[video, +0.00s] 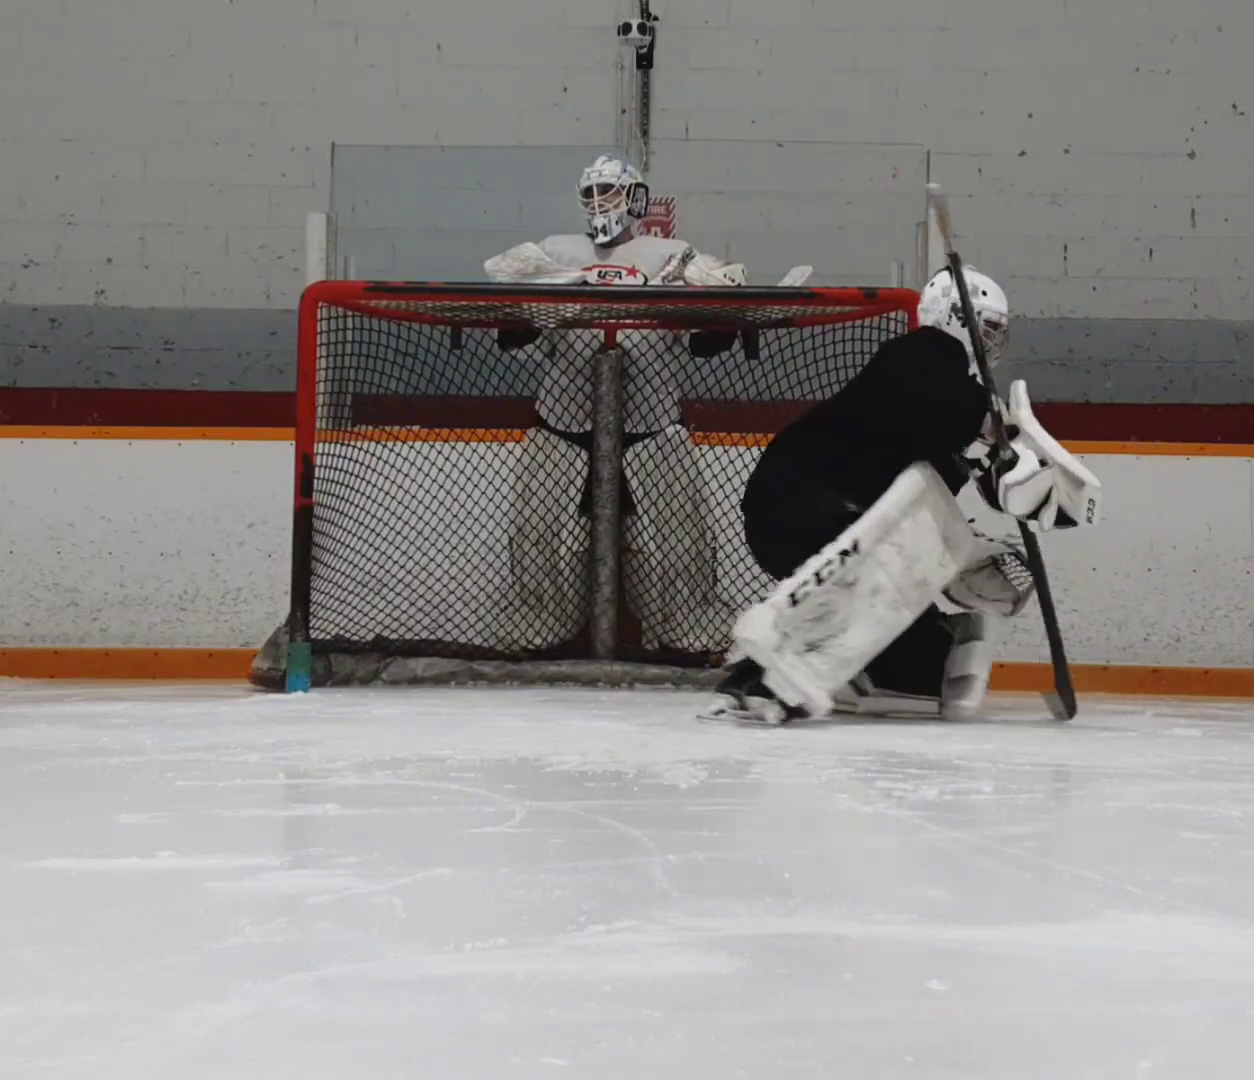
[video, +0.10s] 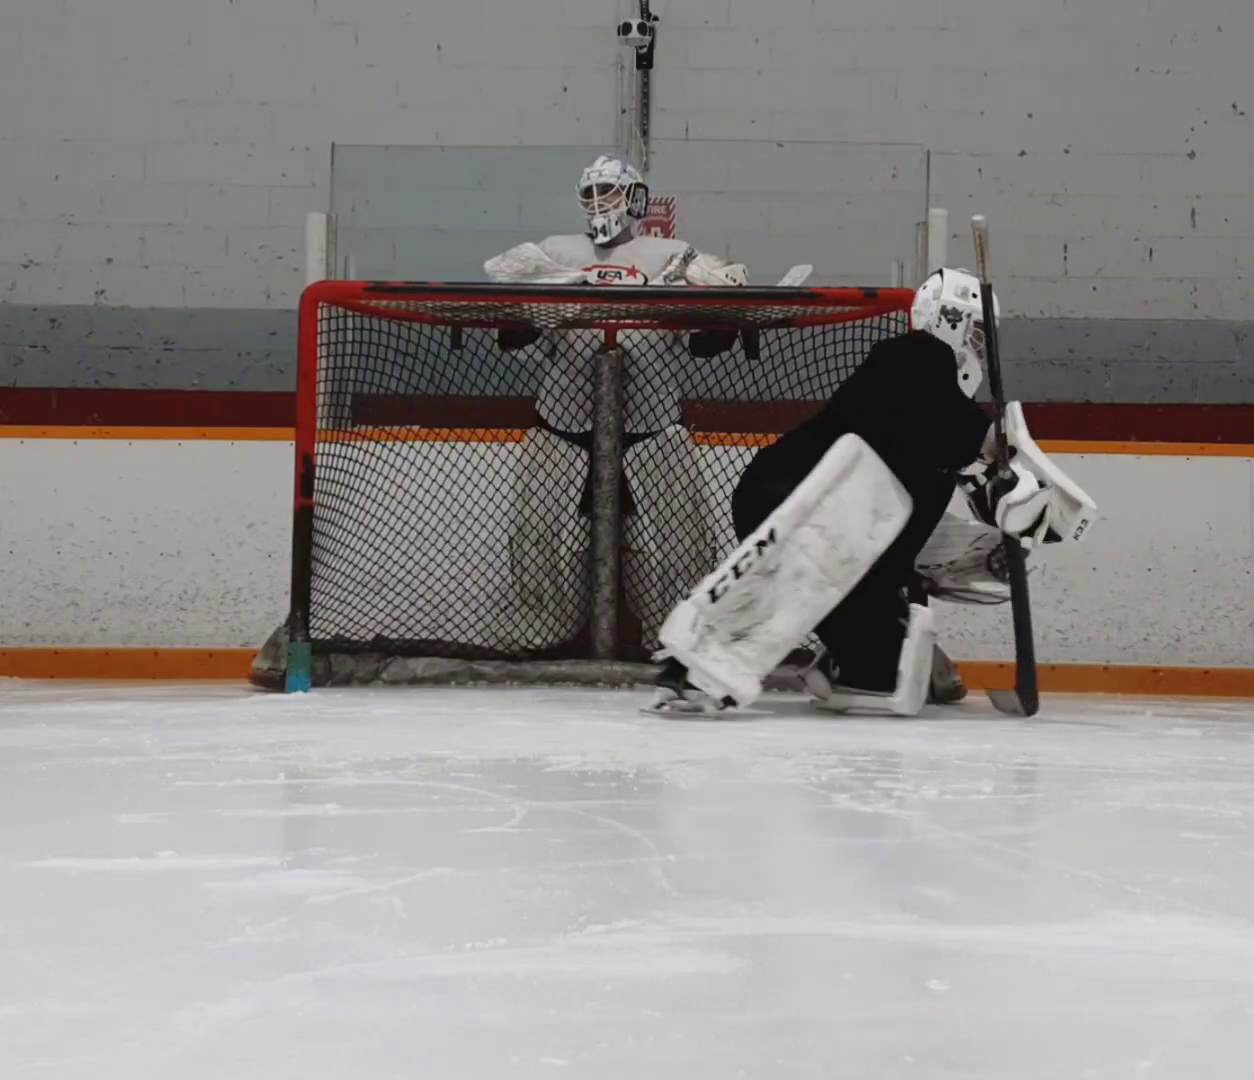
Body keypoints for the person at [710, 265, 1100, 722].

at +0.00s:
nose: (996, 344)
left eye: (999, 332)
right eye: (991, 329)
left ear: (941, 318)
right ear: (961, 319)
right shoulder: (931, 357)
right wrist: (992, 425)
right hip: (799, 499)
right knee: (868, 583)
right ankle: (768, 677)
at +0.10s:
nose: (985, 340)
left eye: (986, 330)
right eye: (979, 328)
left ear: (929, 316)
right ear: (958, 323)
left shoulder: (920, 364)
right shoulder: (920, 358)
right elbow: (926, 421)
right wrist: (983, 432)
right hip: (794, 498)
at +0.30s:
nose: (966, 363)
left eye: (973, 354)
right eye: (958, 349)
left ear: (972, 358)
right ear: (922, 335)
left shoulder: (953, 431)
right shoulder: (874, 365)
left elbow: (919, 513)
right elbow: (837, 439)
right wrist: (891, 453)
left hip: (827, 536)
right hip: (769, 498)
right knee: (688, 584)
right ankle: (582, 666)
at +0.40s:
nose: (937, 372)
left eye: (944, 362)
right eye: (929, 357)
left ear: (942, 365)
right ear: (894, 345)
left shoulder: (933, 437)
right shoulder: (838, 371)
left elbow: (890, 523)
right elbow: (786, 427)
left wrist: (907, 581)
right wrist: (849, 459)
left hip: (806, 556)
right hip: (743, 510)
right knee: (652, 584)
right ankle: (539, 661)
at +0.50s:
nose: (900, 374)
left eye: (908, 365)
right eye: (892, 361)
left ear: (911, 368)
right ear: (855, 350)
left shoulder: (897, 437)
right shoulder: (798, 379)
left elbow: (880, 517)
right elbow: (722, 421)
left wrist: (892, 573)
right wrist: (765, 472)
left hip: (790, 556)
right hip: (715, 523)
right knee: (624, 602)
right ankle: (517, 651)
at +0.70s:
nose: (740, 365)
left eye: (750, 355)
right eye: (728, 352)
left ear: (761, 356)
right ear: (696, 349)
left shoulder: (775, 415)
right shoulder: (644, 395)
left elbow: (807, 486)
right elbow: (560, 442)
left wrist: (844, 534)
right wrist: (533, 519)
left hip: (710, 583)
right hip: (619, 577)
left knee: (753, 676)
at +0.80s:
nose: (603, 360)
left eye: (617, 350)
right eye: (594, 349)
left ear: (649, 350)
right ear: (580, 347)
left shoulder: (688, 401)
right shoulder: (552, 401)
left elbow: (750, 475)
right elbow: (479, 441)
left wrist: (772, 514)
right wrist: (431, 473)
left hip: (661, 600)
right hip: (562, 597)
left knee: (665, 741)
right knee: (554, 737)